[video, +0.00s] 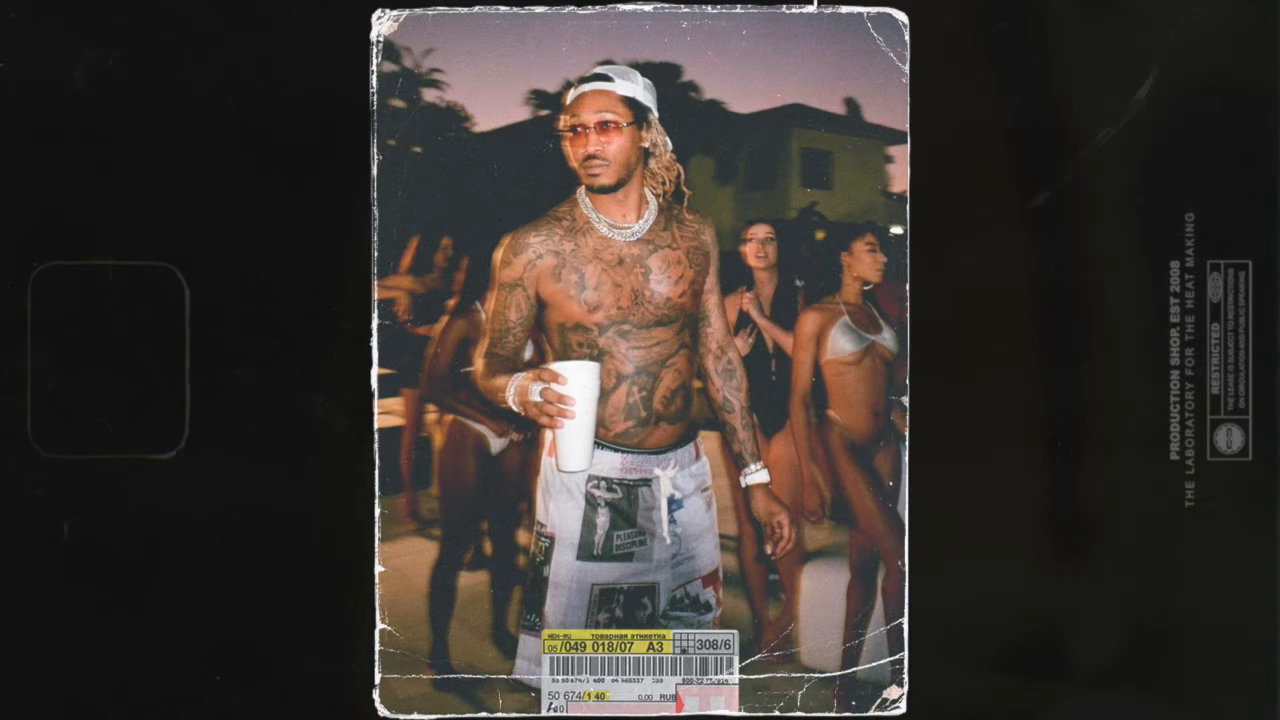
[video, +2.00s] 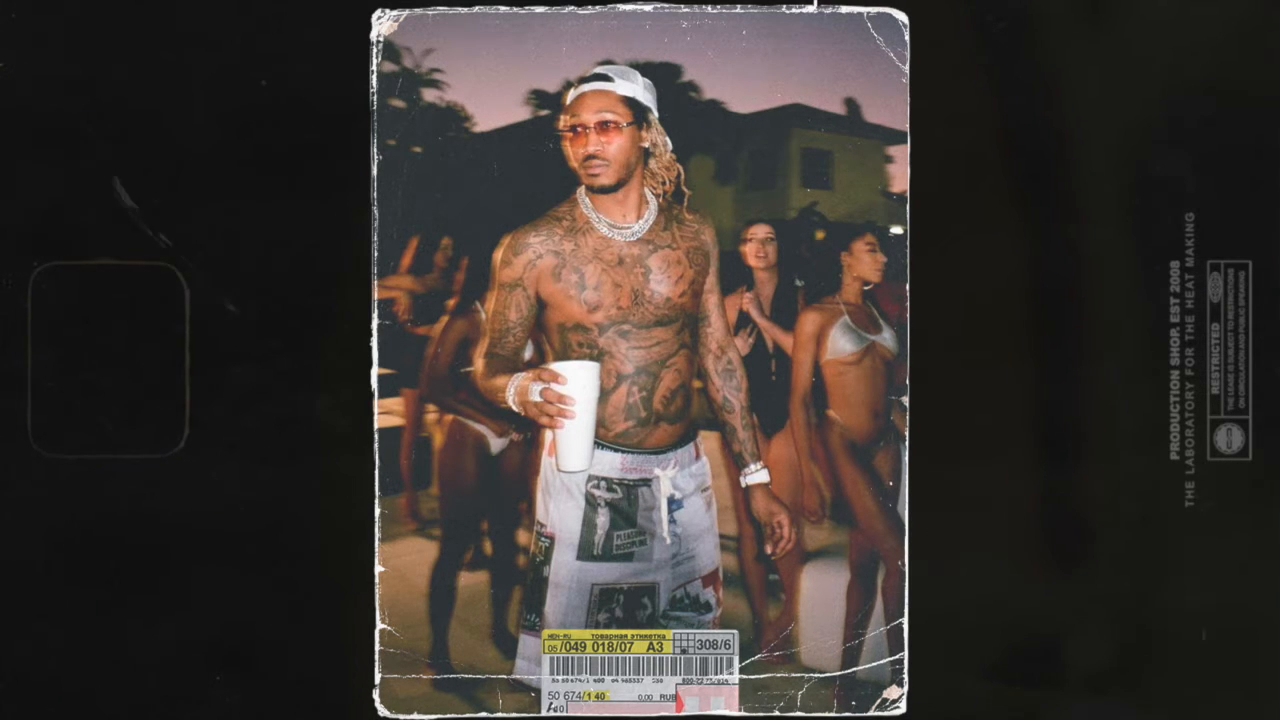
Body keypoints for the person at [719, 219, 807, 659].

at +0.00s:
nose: (759, 249)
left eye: (768, 241)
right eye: (751, 242)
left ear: (781, 249)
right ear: (741, 250)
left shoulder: (797, 296)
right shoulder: (730, 300)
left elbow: (802, 352)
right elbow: (712, 364)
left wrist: (760, 318)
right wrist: (734, 349)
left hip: (784, 420)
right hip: (739, 421)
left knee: (783, 520)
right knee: (748, 526)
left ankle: (793, 613)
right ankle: (762, 619)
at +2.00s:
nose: (760, 249)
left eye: (768, 241)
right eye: (752, 241)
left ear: (781, 249)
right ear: (741, 250)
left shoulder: (797, 296)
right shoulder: (730, 300)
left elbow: (804, 352)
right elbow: (713, 366)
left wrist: (761, 318)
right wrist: (734, 347)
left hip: (783, 420)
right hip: (738, 421)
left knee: (784, 521)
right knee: (748, 526)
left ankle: (794, 613)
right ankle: (761, 623)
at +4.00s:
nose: (759, 249)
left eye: (767, 242)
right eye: (751, 242)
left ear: (781, 249)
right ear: (741, 250)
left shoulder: (797, 296)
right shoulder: (730, 300)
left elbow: (803, 351)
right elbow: (714, 364)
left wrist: (761, 317)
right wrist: (735, 342)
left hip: (784, 419)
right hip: (739, 420)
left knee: (783, 521)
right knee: (748, 525)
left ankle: (794, 612)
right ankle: (762, 621)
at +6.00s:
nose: (760, 249)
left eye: (768, 242)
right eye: (752, 242)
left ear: (781, 249)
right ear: (741, 250)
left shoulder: (798, 296)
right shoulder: (731, 301)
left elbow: (804, 352)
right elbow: (713, 365)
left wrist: (761, 319)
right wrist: (733, 348)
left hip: (784, 419)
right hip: (739, 420)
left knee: (784, 521)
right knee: (749, 527)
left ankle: (793, 613)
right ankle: (762, 622)